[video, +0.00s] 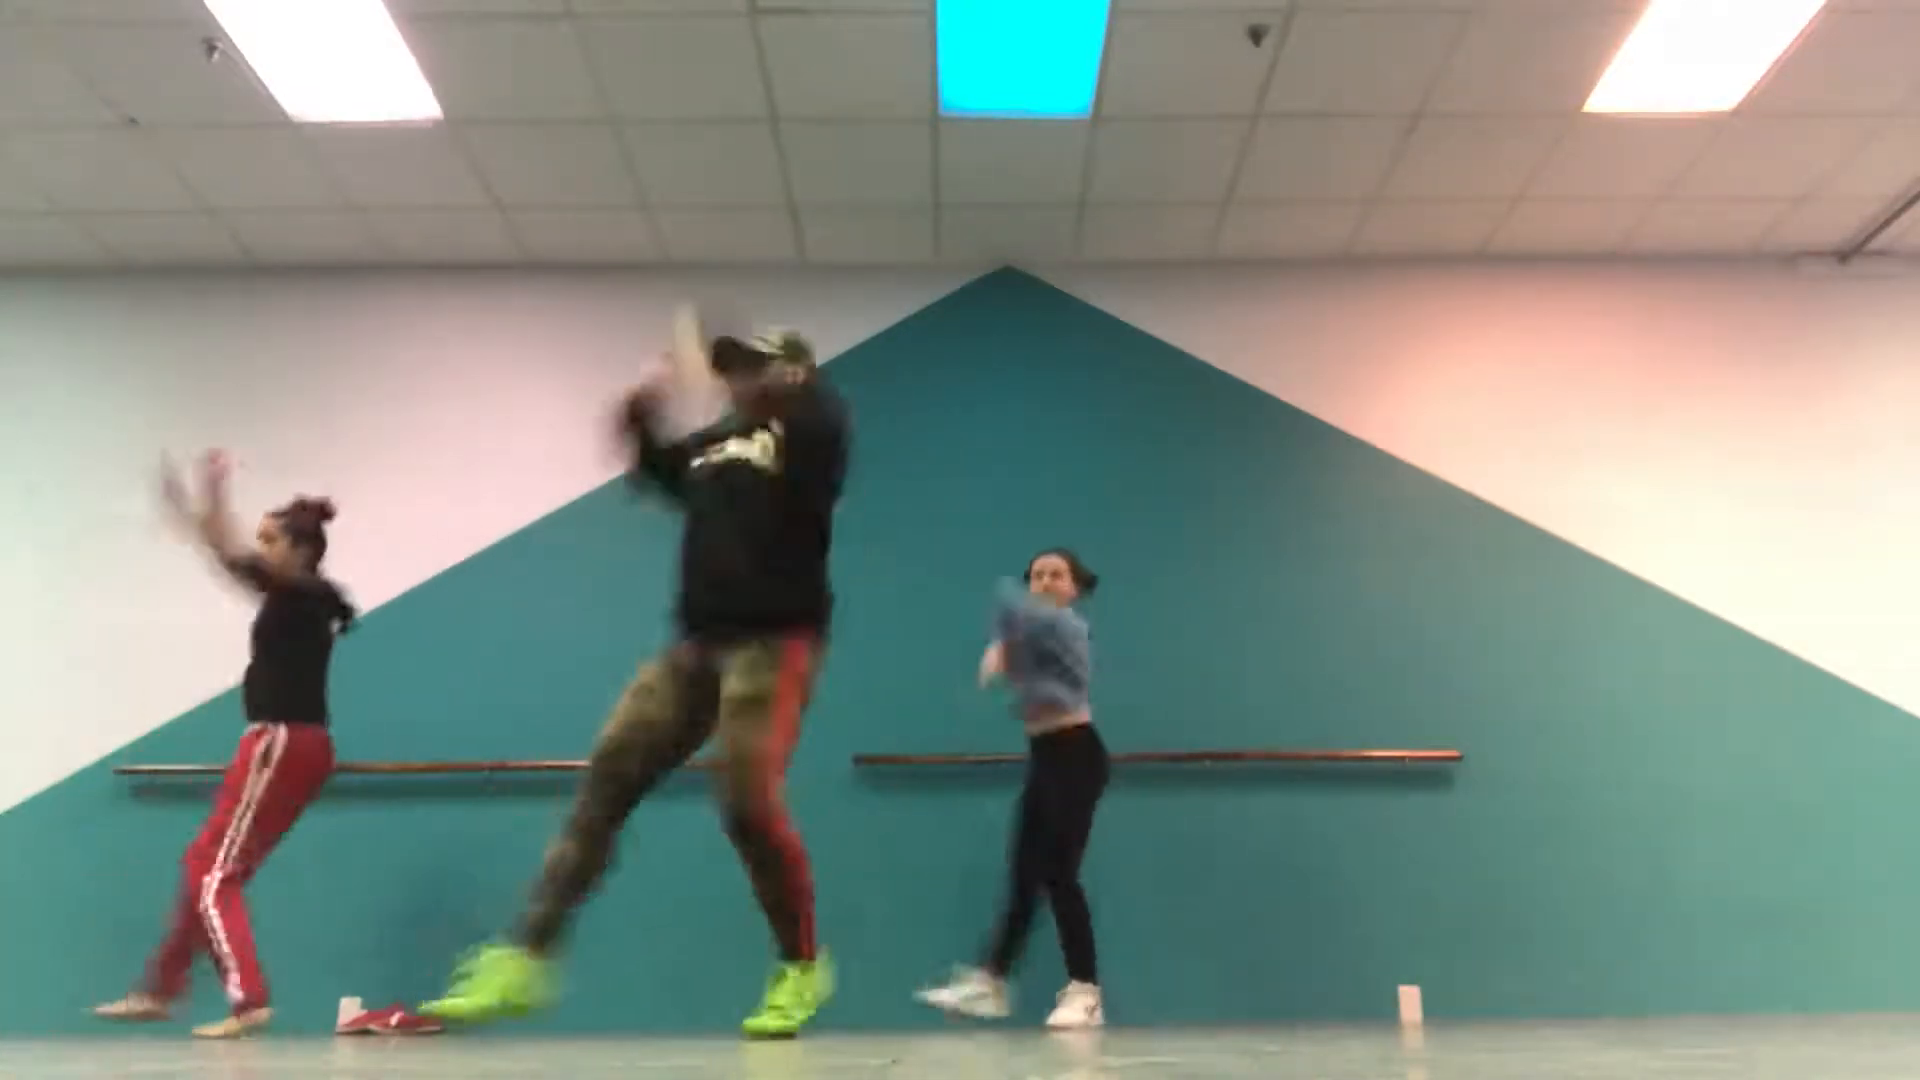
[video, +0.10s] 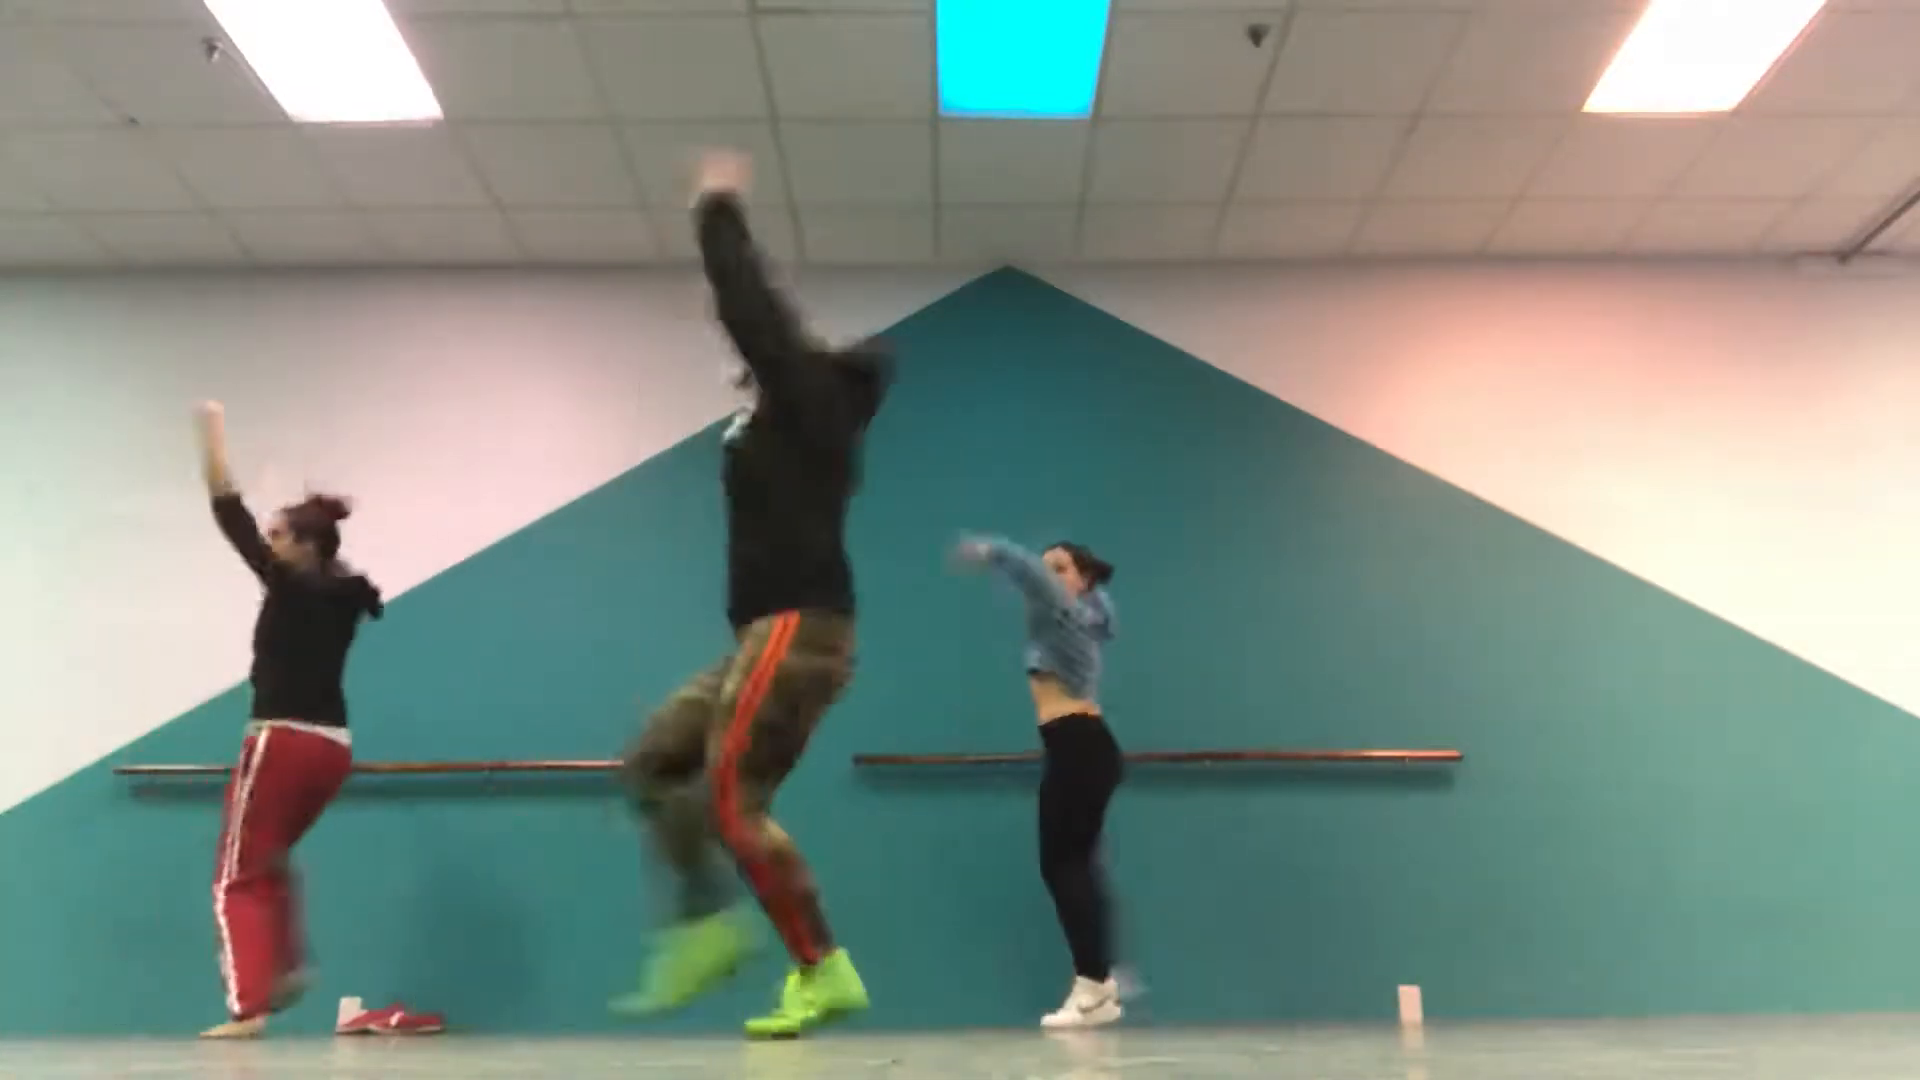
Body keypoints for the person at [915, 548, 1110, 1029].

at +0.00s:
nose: (1046, 583)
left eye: (1057, 575)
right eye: (1038, 576)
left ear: (1076, 588)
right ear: (1028, 586)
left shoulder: (1069, 626)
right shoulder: (1027, 629)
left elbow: (1027, 618)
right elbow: (1009, 657)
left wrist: (1009, 602)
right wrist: (1003, 651)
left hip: (1077, 749)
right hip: (1045, 752)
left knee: (1059, 871)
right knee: (1026, 869)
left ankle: (1084, 989)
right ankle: (991, 980)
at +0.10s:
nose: (1050, 576)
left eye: (1059, 568)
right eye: (1049, 569)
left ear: (1084, 576)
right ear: (1071, 580)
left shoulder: (1061, 609)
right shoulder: (1088, 616)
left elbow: (1029, 569)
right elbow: (1103, 611)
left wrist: (991, 551)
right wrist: (1097, 590)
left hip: (1075, 745)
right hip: (1089, 743)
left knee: (1060, 863)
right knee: (1077, 863)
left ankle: (1091, 984)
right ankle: (1100, 977)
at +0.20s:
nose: (1052, 580)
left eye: (1060, 572)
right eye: (1054, 572)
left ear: (1087, 578)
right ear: (1095, 581)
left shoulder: (1054, 618)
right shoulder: (1121, 622)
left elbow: (1008, 573)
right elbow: (1141, 576)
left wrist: (1000, 513)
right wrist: (1157, 529)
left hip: (1075, 743)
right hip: (1119, 740)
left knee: (1060, 868)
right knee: (1133, 854)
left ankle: (1093, 985)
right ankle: (1192, 946)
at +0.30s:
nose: (1071, 588)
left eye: (1075, 580)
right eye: (1073, 580)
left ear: (1092, 583)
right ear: (1115, 585)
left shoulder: (1065, 631)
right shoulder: (1149, 628)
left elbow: (1018, 598)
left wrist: (1032, 572)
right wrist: (1191, 553)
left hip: (1090, 747)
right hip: (1141, 745)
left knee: (1066, 869)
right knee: (1180, 855)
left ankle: (1089, 982)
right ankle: (1239, 949)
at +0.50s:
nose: (1171, 649)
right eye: (1171, 642)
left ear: (1128, 646)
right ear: (1168, 644)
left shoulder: (1110, 690)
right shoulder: (1178, 679)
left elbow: (1086, 729)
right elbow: (1248, 699)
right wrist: (1224, 738)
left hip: (1137, 799)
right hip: (1188, 791)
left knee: (1100, 900)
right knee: (1238, 893)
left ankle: (1058, 982)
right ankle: (1272, 993)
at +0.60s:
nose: (1178, 659)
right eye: (1176, 653)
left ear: (1129, 656)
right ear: (1171, 655)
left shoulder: (1107, 699)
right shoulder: (1191, 692)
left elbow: (1082, 729)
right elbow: (1267, 713)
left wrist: (1127, 729)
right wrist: (1213, 722)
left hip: (1137, 817)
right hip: (1194, 812)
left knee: (1082, 906)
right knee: (1245, 898)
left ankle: (1073, 995)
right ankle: (1273, 994)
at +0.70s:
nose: (1110, 635)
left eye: (1113, 628)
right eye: (1111, 628)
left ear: (1125, 630)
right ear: (1160, 631)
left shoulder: (1105, 665)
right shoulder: (1187, 674)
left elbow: (1059, 650)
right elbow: (1201, 663)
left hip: (1128, 792)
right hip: (1176, 793)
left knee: (1051, 884)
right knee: (1211, 892)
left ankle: (1085, 993)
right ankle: (1266, 987)